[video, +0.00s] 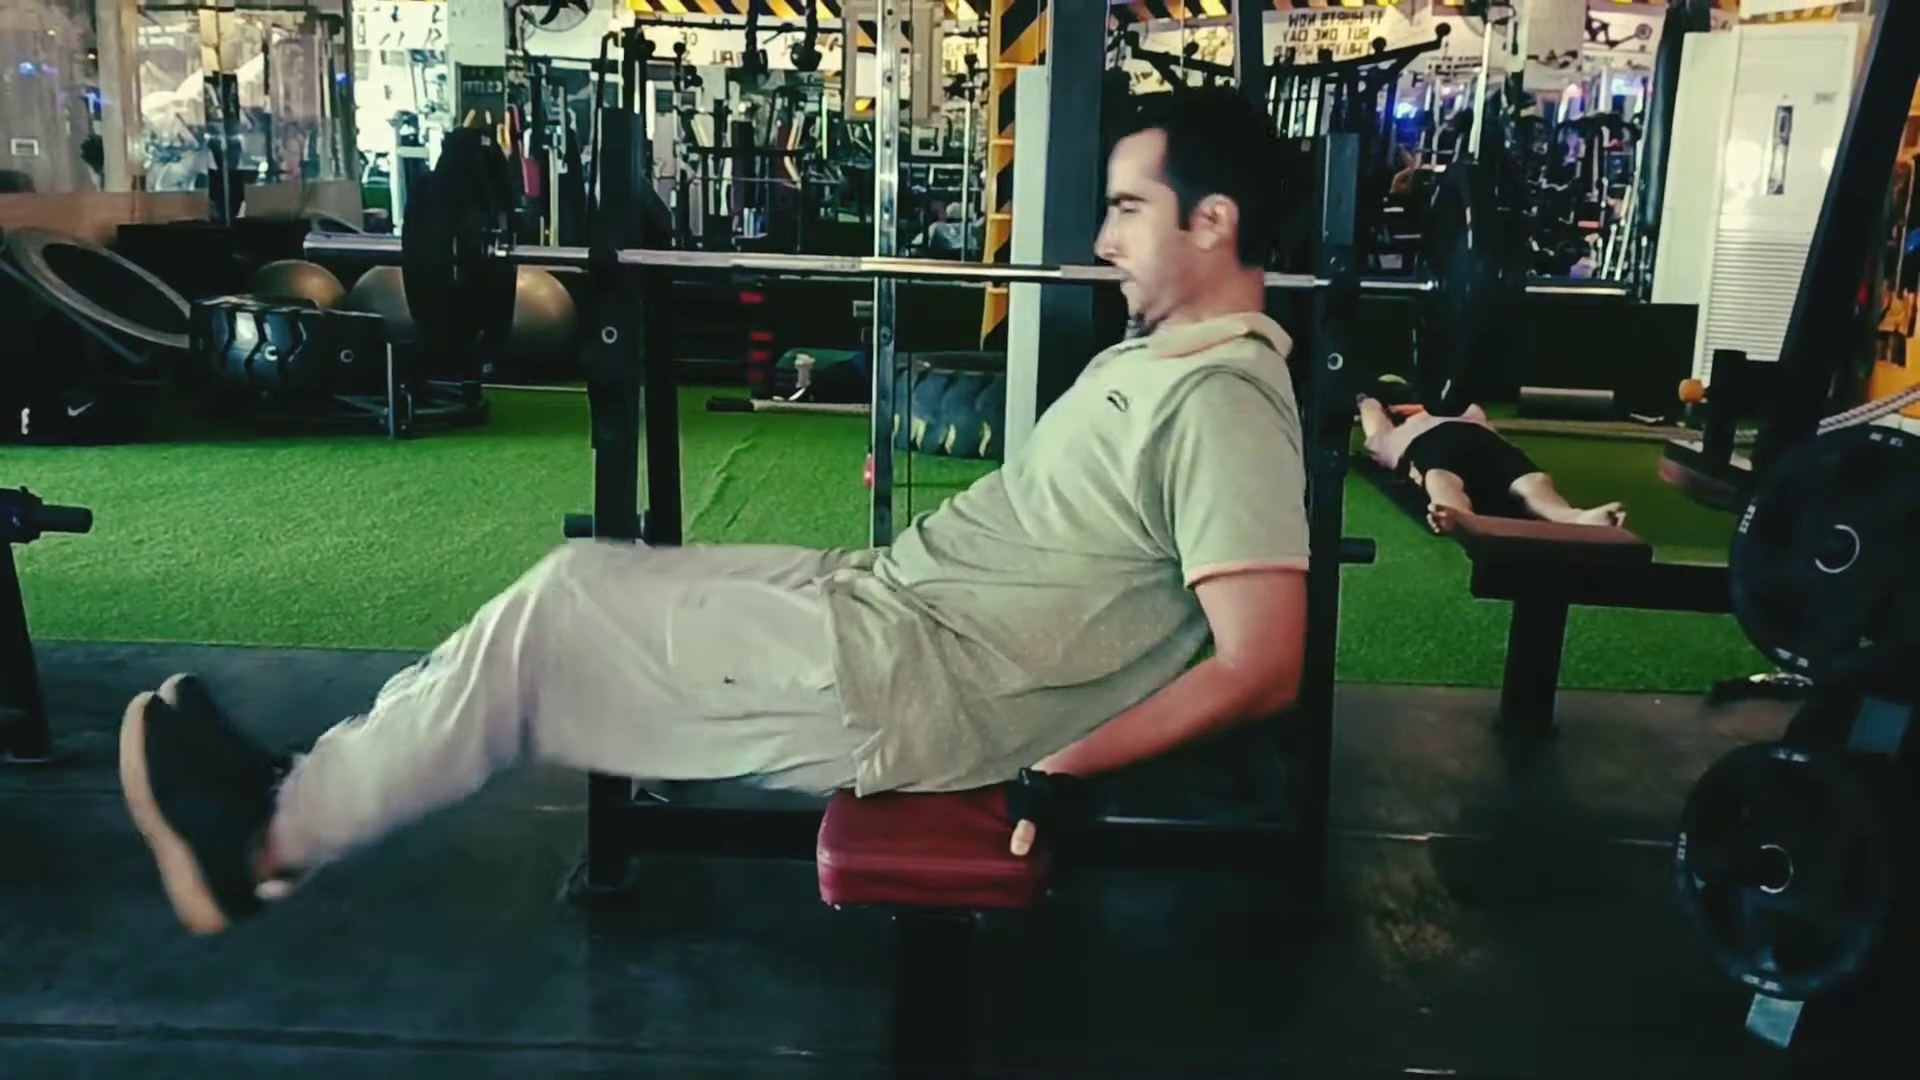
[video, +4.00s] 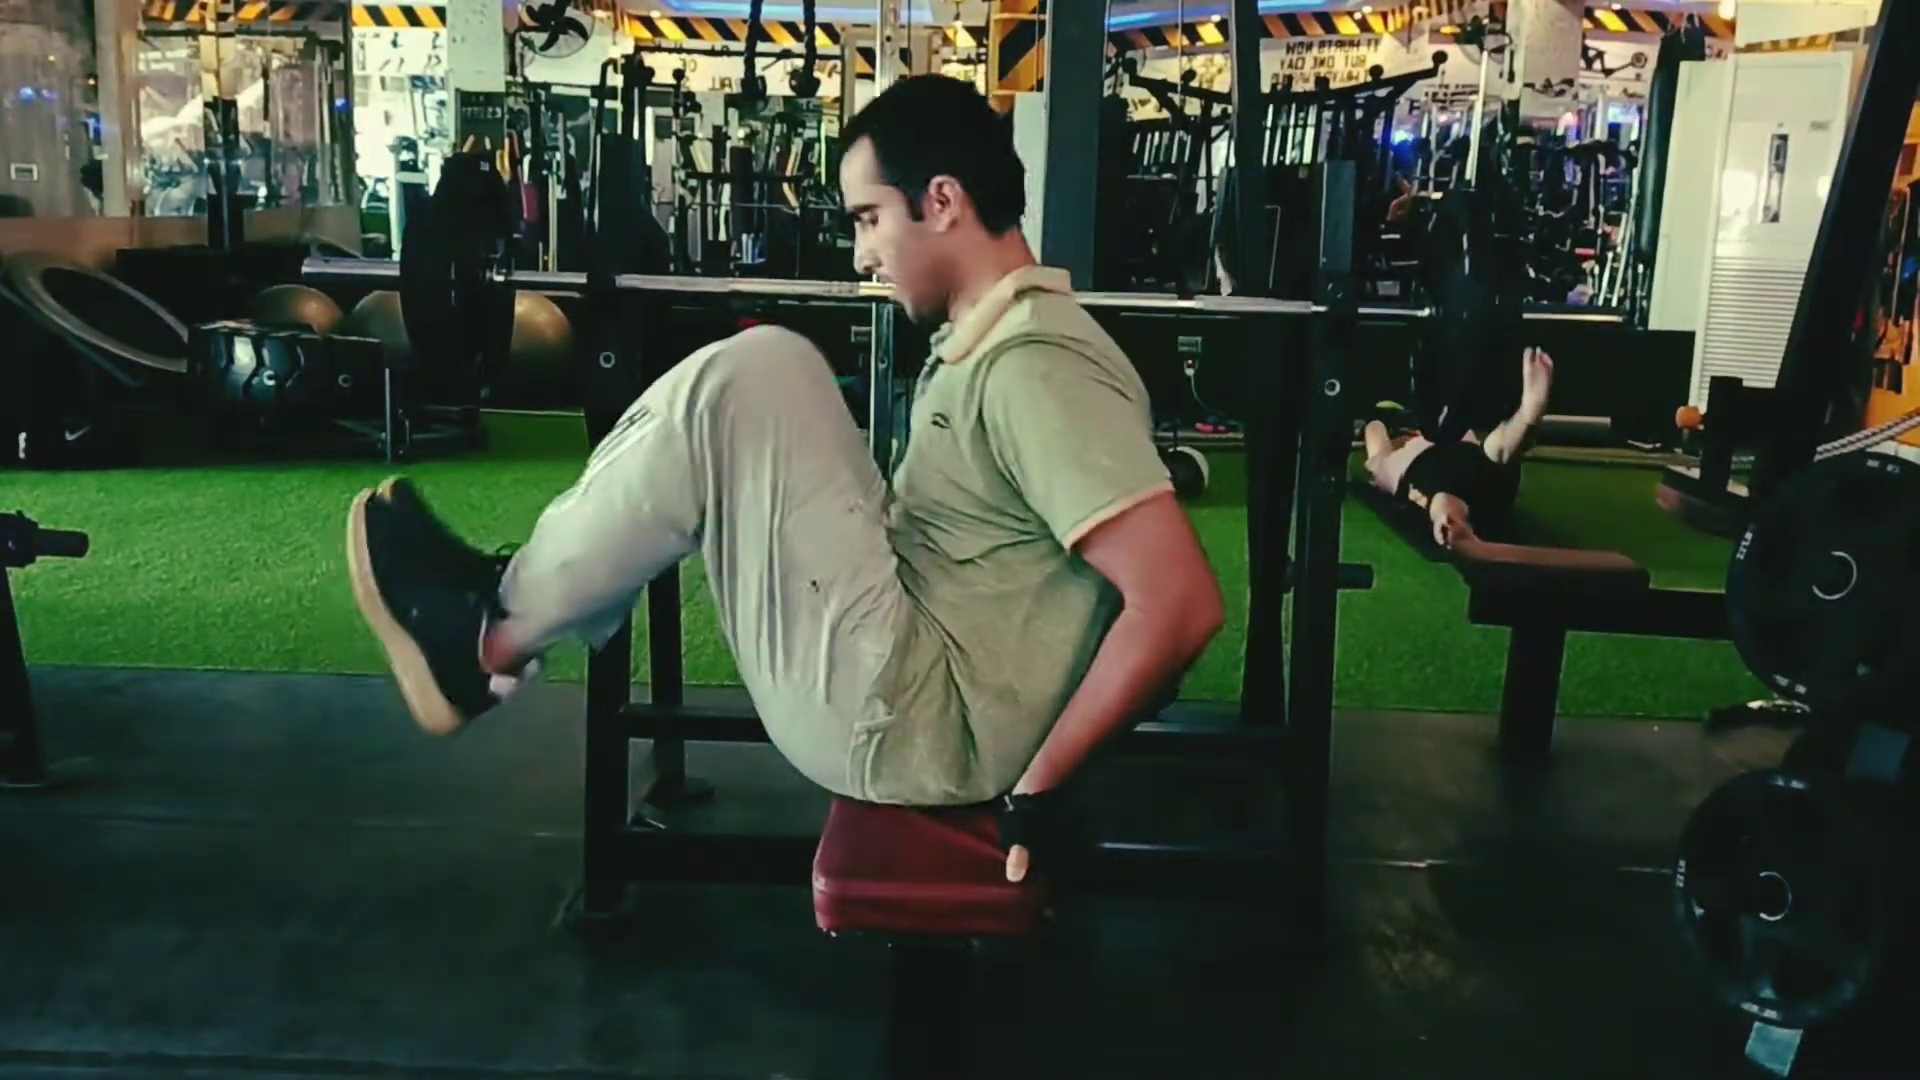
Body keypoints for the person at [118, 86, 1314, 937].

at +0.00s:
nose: (1106, 237)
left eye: (1129, 209)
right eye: (1111, 211)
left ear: (1216, 227)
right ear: (1206, 229)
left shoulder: (1222, 391)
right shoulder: (1182, 357)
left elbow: (1264, 663)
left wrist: (1058, 769)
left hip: (912, 678)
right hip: (882, 601)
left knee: (552, 628)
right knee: (574, 575)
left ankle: (254, 856)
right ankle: (293, 810)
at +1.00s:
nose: (1112, 247)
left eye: (1137, 220)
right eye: (1117, 221)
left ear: (1226, 241)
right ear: (1206, 244)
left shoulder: (1242, 412)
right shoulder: (1174, 377)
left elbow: (1253, 675)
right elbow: (1095, 569)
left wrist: (1057, 795)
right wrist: (920, 576)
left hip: (963, 706)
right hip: (933, 648)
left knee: (627, 520)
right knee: (616, 525)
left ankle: (326, 751)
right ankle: (331, 744)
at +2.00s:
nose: (977, 229)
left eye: (997, 196)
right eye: (978, 199)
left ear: (1087, 204)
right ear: (1082, 207)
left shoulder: (1148, 371)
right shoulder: (1076, 345)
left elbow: (1221, 641)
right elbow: (1031, 556)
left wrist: (1042, 794)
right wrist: (889, 569)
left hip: (951, 721)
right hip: (917, 674)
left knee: (671, 449)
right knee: (665, 453)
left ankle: (421, 730)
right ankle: (423, 722)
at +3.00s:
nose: (881, 227)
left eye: (894, 193)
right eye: (879, 196)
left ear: (979, 194)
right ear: (977, 196)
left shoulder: (1057, 354)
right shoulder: (1007, 340)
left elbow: (1184, 609)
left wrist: (1027, 800)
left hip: (941, 733)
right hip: (919, 704)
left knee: (751, 383)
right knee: (734, 385)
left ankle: (498, 670)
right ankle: (501, 642)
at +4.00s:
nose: (860, 255)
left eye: (868, 222)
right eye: (856, 228)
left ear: (945, 205)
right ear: (943, 210)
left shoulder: (1034, 357)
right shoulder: (997, 343)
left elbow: (1175, 603)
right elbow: (1147, 587)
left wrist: (1028, 794)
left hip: (921, 730)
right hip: (907, 706)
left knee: (754, 375)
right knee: (746, 373)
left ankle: (492, 641)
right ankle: (499, 618)